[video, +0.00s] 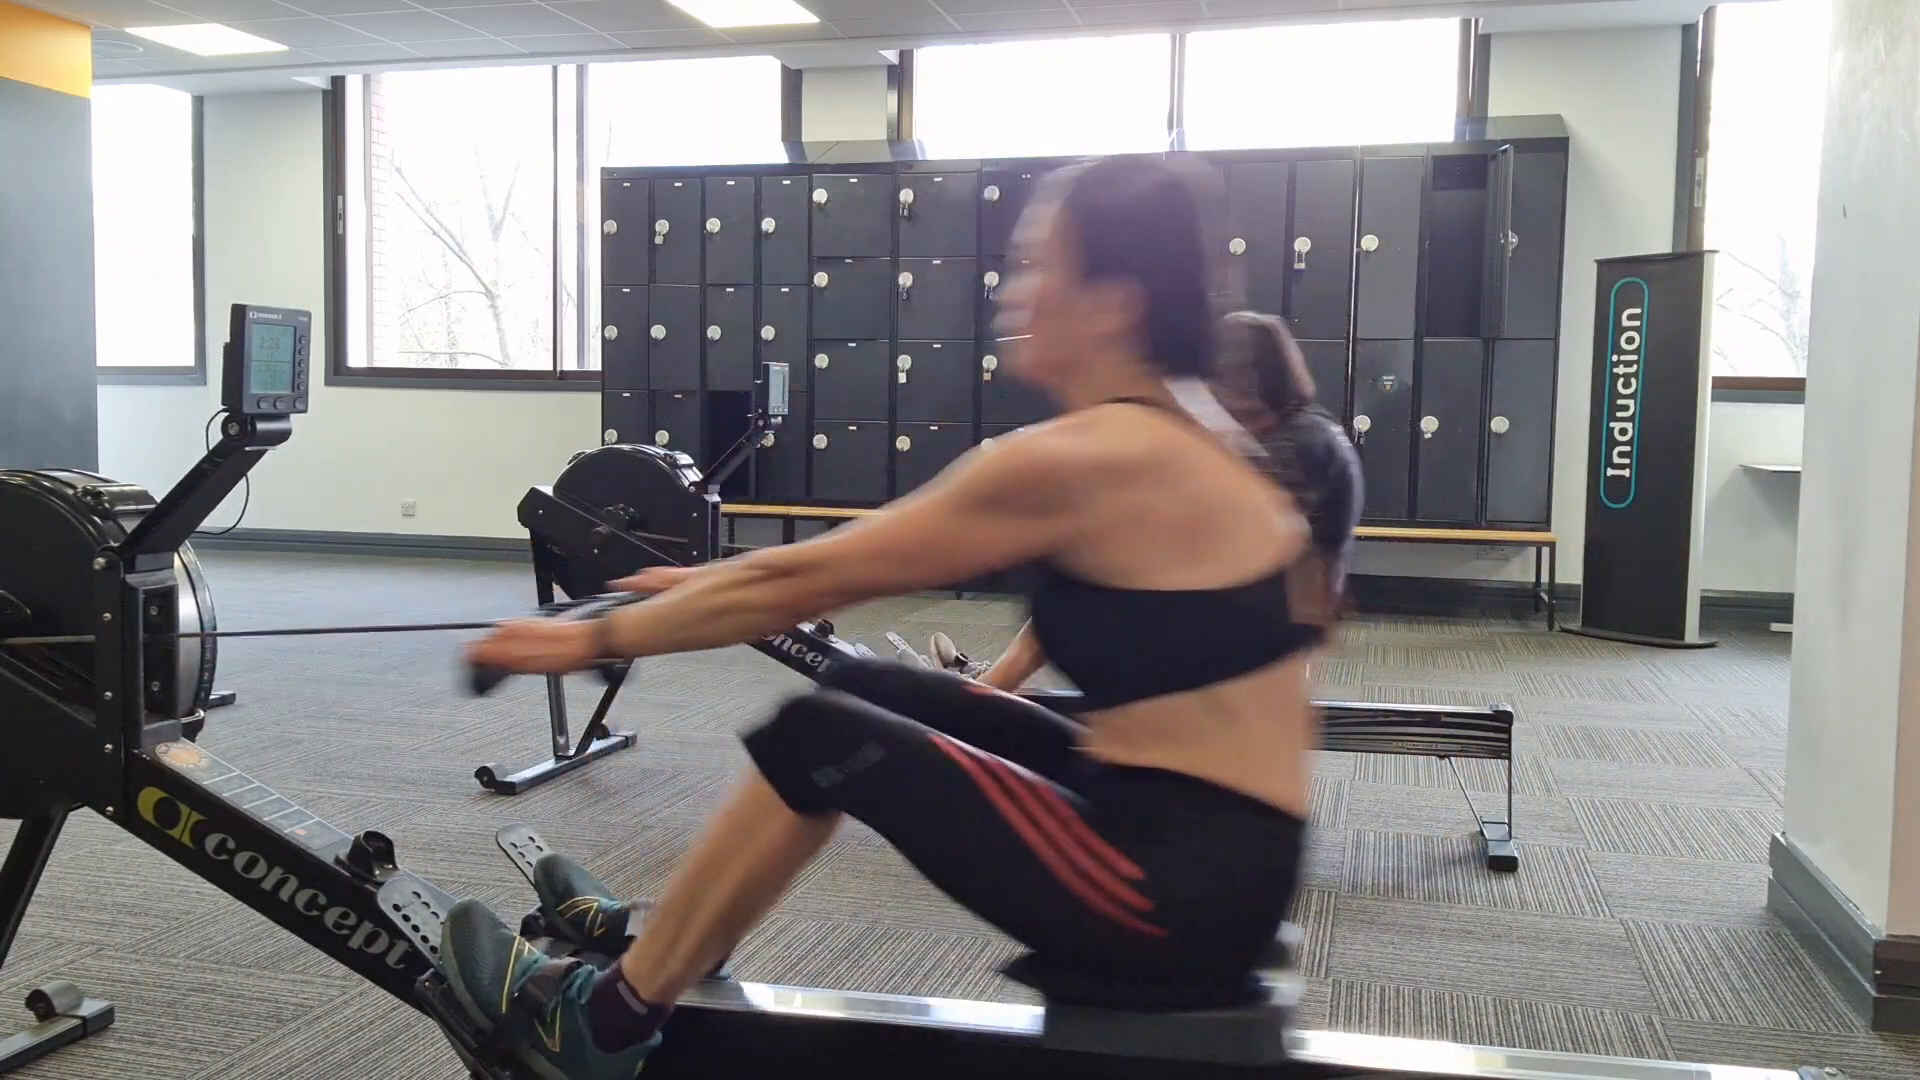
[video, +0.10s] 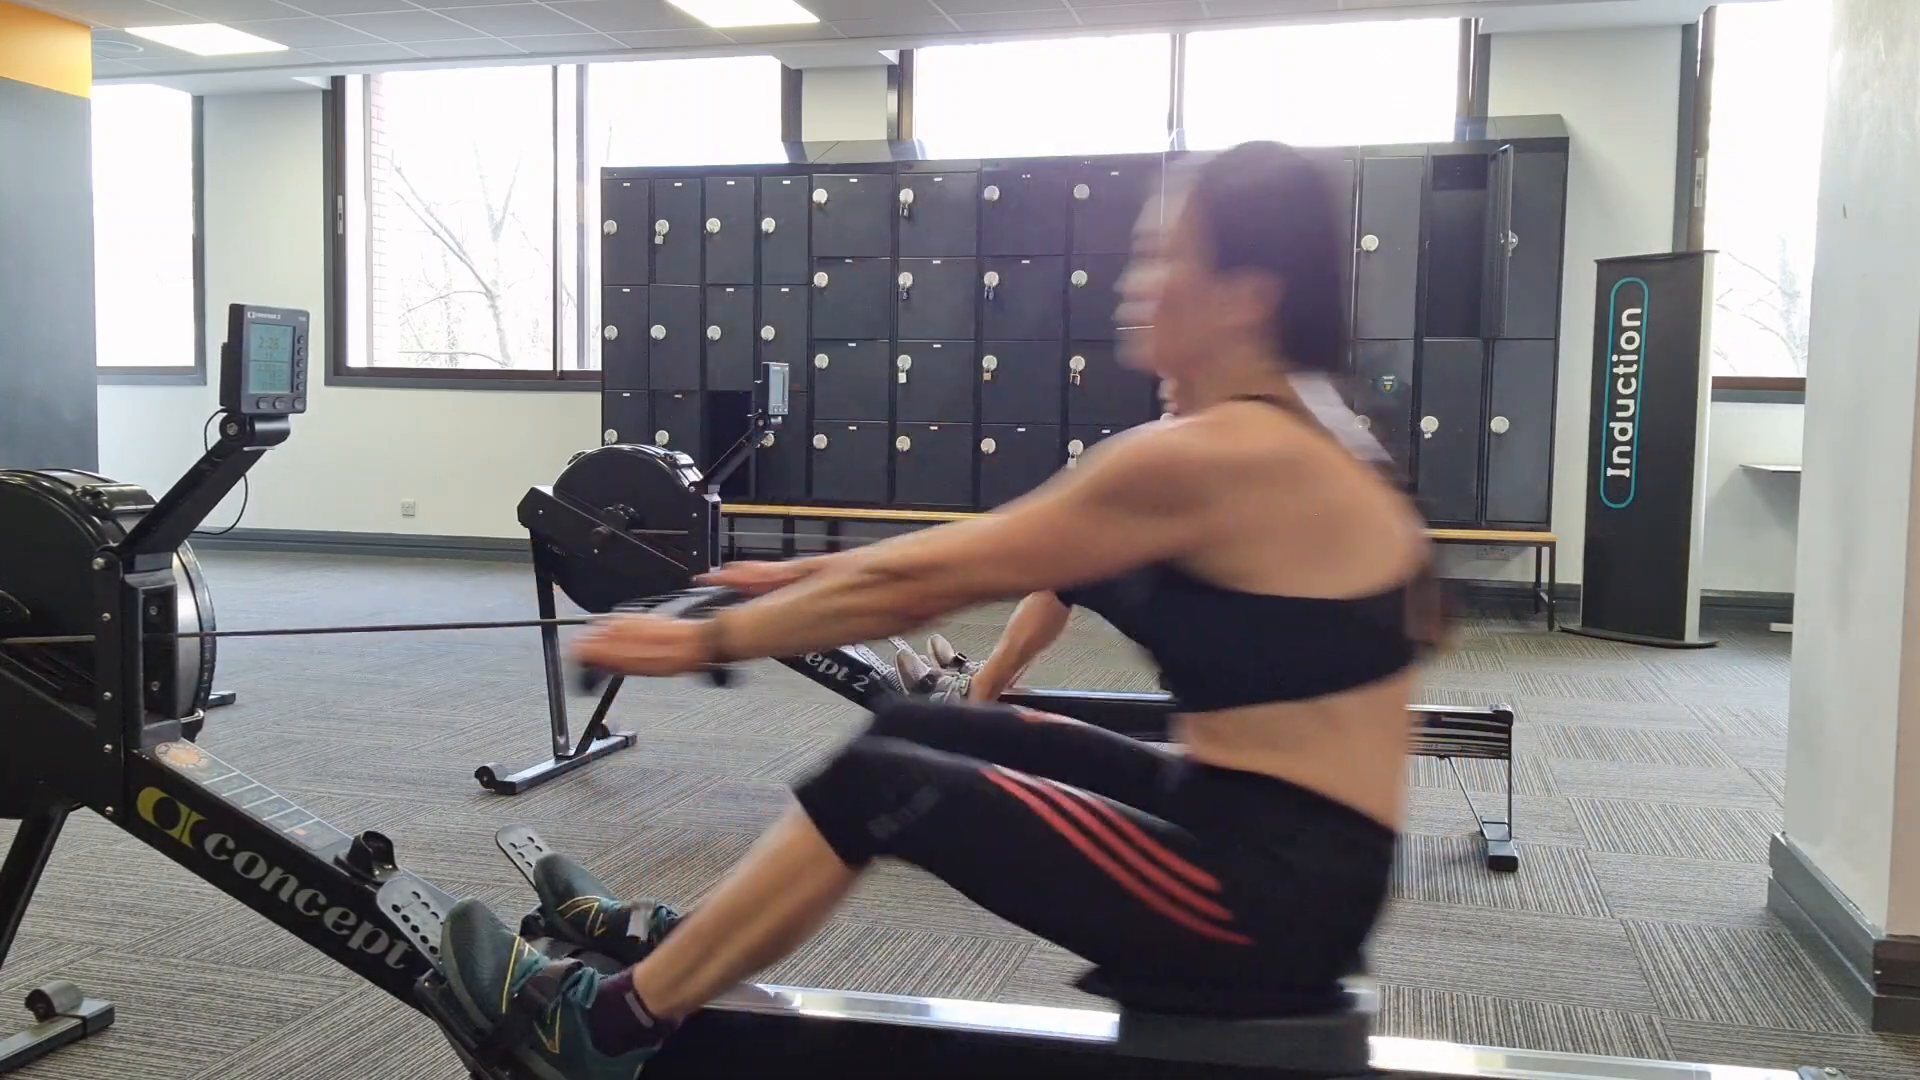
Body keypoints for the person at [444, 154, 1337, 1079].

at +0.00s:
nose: (1006, 297)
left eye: (1031, 273)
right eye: (1014, 271)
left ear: (1116, 303)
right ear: (1121, 307)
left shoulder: (1080, 460)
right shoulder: (1173, 437)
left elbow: (816, 580)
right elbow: (888, 556)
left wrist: (589, 637)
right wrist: (726, 579)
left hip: (1169, 883)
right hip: (1206, 841)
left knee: (825, 728)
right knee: (851, 690)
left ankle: (614, 1013)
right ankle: (665, 963)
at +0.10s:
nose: (1133, 294)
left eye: (1161, 268)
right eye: (1140, 265)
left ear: (1255, 292)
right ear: (1245, 295)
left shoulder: (1200, 459)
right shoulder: (1285, 436)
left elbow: (918, 582)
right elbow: (1016, 553)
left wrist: (704, 642)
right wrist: (815, 570)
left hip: (1260, 881)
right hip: (1278, 823)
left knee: (891, 772)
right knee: (919, 729)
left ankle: (622, 1020)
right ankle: (676, 965)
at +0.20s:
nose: (1265, 283)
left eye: (1297, 254)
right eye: (1274, 254)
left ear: (1396, 292)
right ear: (1376, 295)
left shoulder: (1347, 460)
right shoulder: (1381, 442)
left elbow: (1065, 582)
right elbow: (1098, 544)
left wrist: (827, 644)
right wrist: (906, 573)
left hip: (1320, 901)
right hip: (1312, 835)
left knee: (931, 813)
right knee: (939, 781)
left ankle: (632, 1027)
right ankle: (676, 958)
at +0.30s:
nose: (1397, 310)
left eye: (1429, 282)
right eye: (1404, 278)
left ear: (1535, 308)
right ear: (1508, 306)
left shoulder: (1503, 478)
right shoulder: (1481, 464)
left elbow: (1203, 597)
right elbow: (1211, 580)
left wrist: (948, 642)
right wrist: (988, 628)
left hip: (1353, 899)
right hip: (1324, 833)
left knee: (961, 846)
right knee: (978, 810)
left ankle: (602, 1028)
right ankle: (688, 948)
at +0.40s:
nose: (1475, 345)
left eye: (1504, 316)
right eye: (1480, 315)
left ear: (1615, 334)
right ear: (1581, 335)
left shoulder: (1599, 513)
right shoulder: (1536, 489)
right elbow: (1337, 633)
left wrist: (1093, 699)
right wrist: (1140, 600)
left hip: (1384, 900)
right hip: (1332, 835)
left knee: (971, 878)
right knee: (969, 845)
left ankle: (619, 1032)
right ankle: (668, 956)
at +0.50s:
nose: (1499, 371)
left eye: (1525, 337)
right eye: (1503, 339)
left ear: (1641, 349)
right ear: (1628, 355)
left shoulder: (1657, 539)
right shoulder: (1598, 514)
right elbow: (1421, 724)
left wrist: (1238, 784)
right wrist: (1251, 669)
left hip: (1383, 929)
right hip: (1336, 860)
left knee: (963, 888)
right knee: (967, 839)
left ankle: (617, 1032)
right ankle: (690, 955)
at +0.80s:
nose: (1373, 318)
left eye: (1400, 286)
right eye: (1380, 286)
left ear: (1513, 302)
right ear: (1486, 306)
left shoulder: (1548, 502)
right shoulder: (1479, 475)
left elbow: (1519, 814)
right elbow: (1437, 690)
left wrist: (1273, 764)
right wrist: (1297, 643)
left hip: (1368, 918)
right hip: (1333, 853)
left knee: (956, 839)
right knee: (959, 816)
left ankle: (618, 1036)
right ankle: (697, 952)